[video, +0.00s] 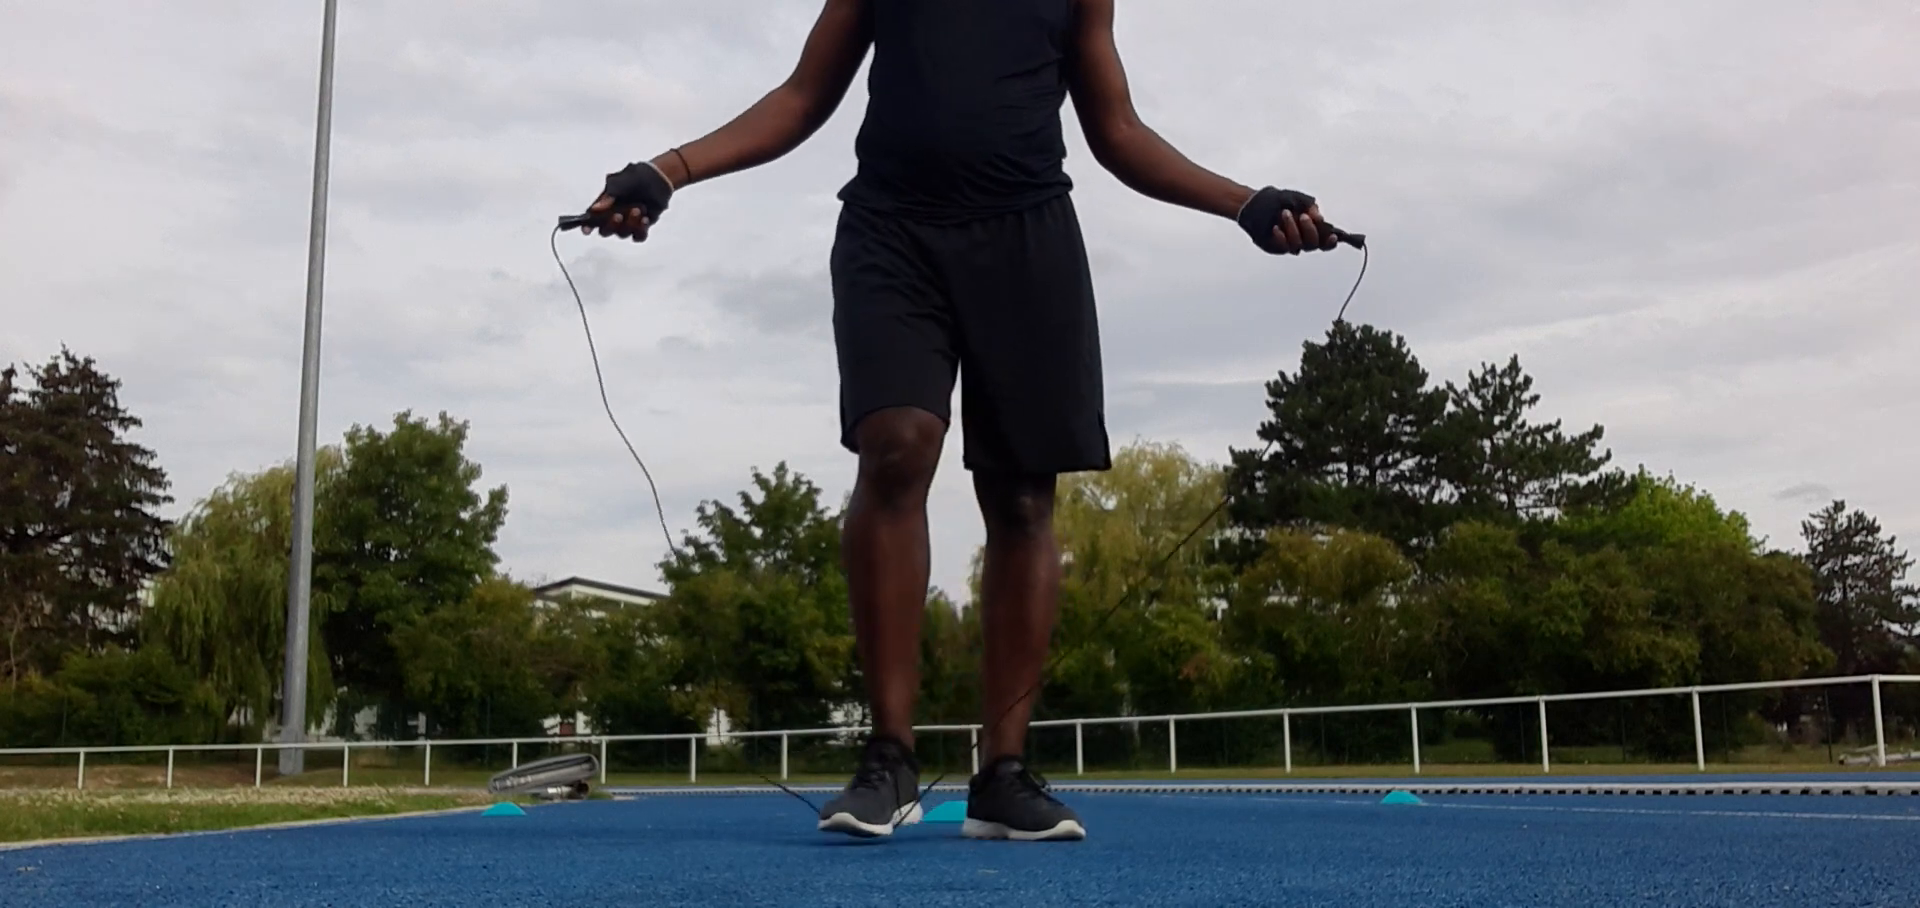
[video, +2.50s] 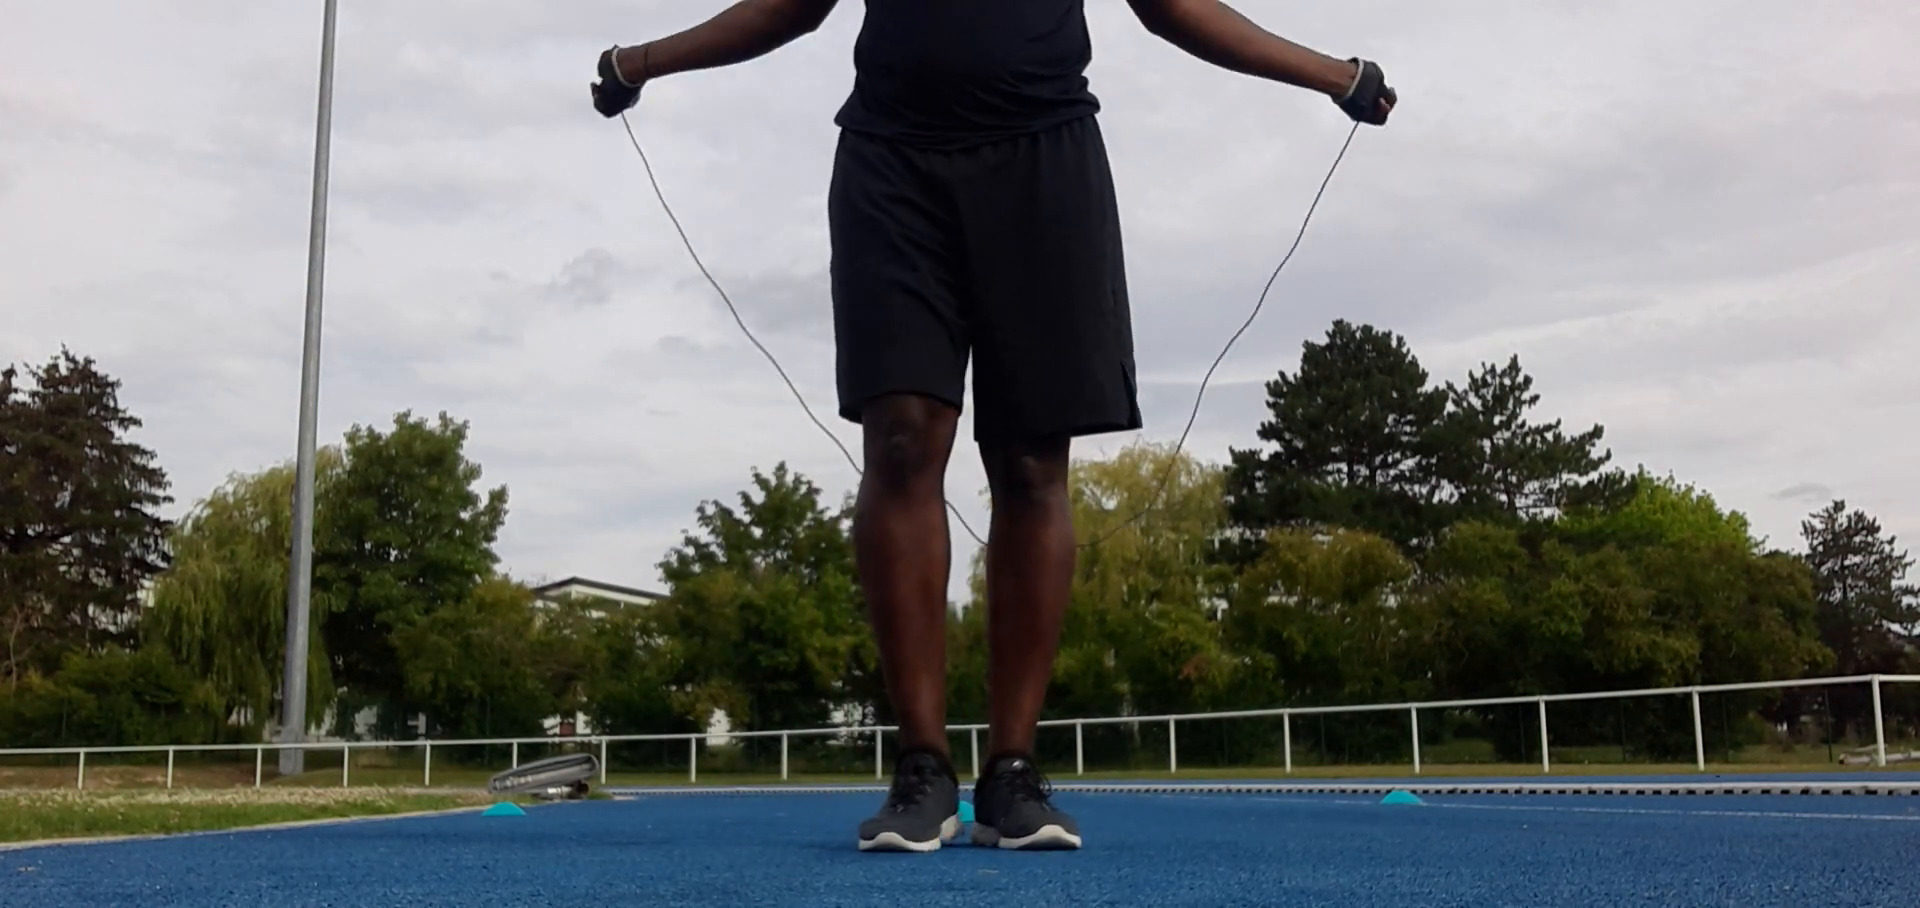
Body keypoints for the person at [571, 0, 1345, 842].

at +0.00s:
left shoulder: (1077, 12)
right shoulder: (871, 8)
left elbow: (1119, 134)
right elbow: (802, 98)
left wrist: (1248, 202)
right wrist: (667, 169)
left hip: (1026, 234)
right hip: (891, 229)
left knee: (1021, 500)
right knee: (896, 455)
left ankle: (1003, 774)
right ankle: (888, 759)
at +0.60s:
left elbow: (1036, 99)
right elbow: (729, 101)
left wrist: (1172, 209)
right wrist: (622, 219)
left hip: (975, 205)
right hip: (834, 212)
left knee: (996, 410)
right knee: (839, 488)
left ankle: (972, 655)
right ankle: (872, 772)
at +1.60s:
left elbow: (1123, 81)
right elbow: (782, 41)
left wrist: (1280, 147)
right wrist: (624, 89)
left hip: (1031, 185)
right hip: (882, 187)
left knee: (1032, 470)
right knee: (889, 445)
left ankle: (1010, 770)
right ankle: (879, 743)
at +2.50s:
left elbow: (1173, 6)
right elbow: (793, 7)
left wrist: (1326, 70)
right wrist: (648, 57)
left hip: (1042, 150)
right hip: (893, 153)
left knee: (1032, 462)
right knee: (902, 442)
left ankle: (1012, 778)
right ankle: (920, 772)